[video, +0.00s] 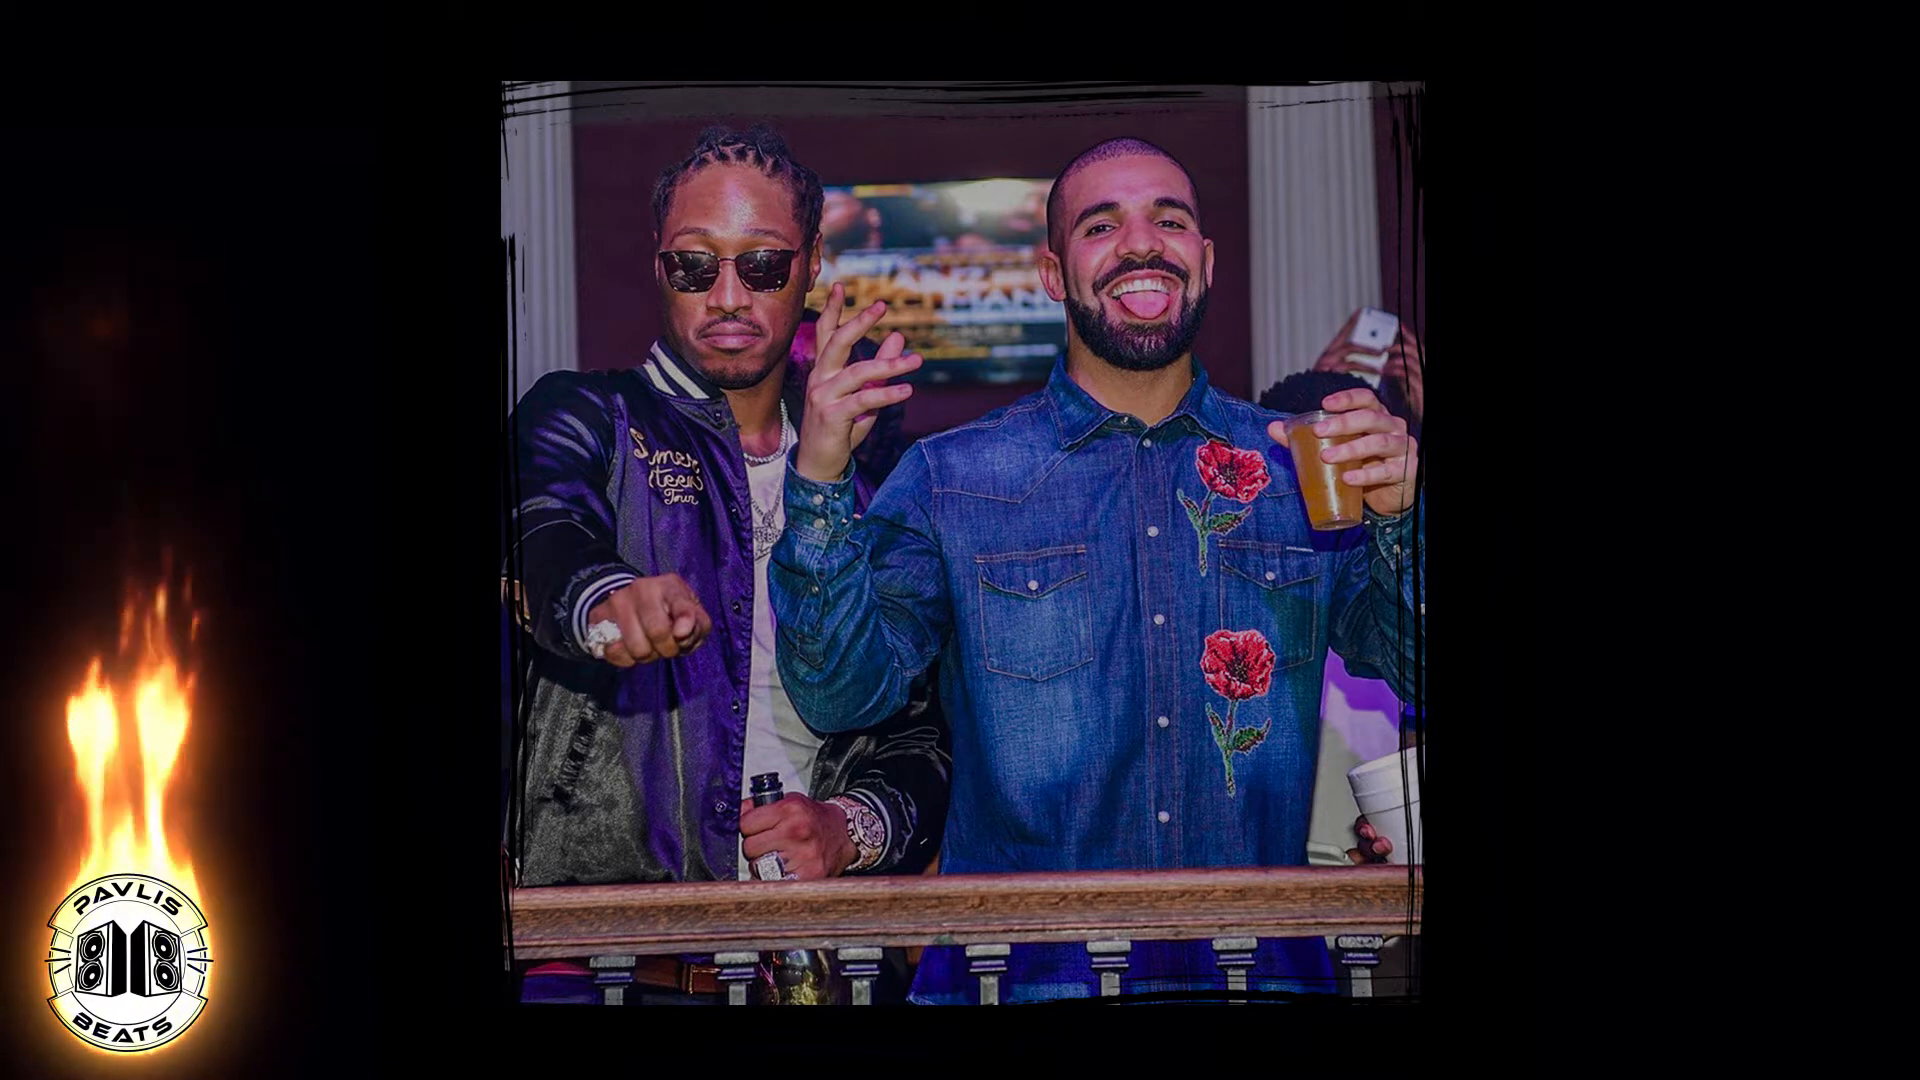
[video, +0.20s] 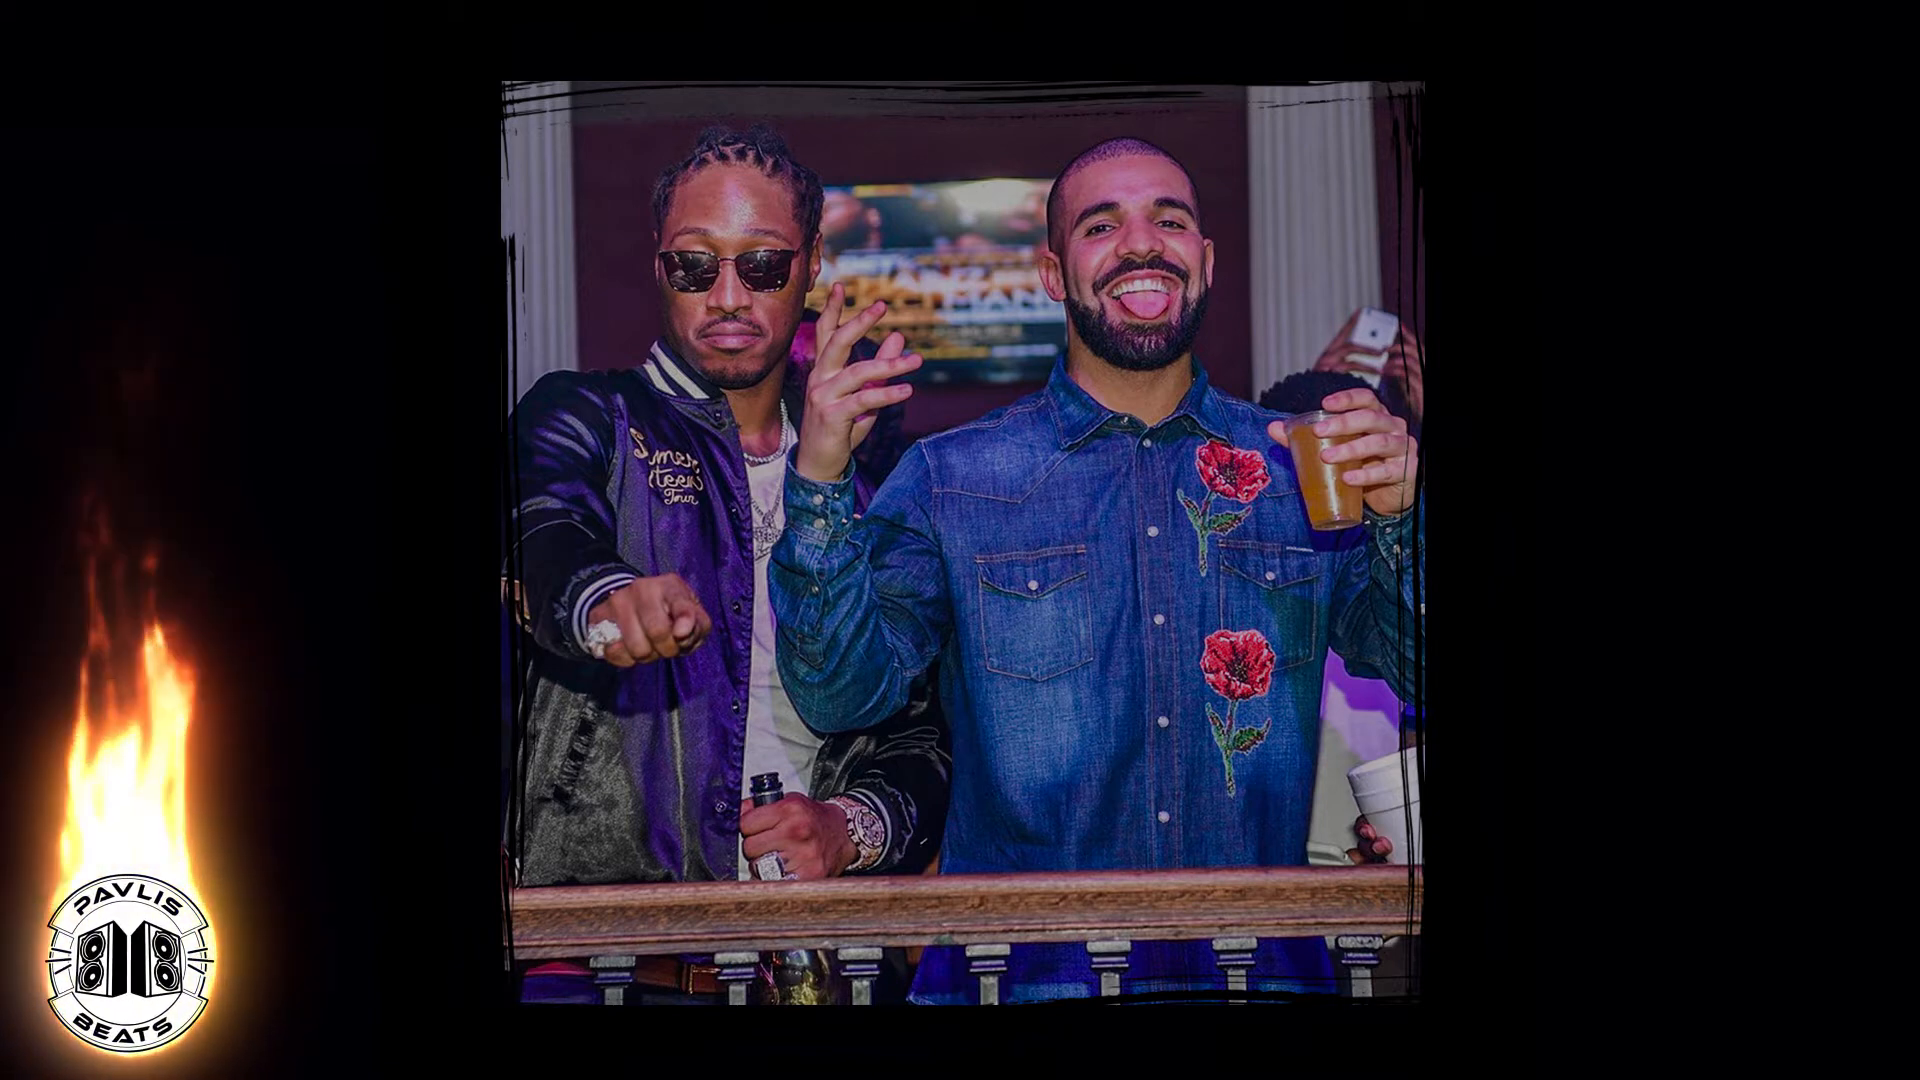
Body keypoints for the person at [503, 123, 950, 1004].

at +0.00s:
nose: (729, 296)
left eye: (763, 266)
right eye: (694, 266)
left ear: (811, 274)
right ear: (658, 272)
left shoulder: (878, 460)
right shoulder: (581, 412)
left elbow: (926, 726)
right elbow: (540, 525)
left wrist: (857, 826)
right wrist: (602, 595)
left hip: (827, 944)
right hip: (605, 943)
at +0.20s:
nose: (729, 296)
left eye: (763, 266)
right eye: (694, 266)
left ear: (811, 274)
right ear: (658, 272)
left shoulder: (878, 460)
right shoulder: (581, 412)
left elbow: (926, 726)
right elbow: (540, 525)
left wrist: (857, 826)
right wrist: (602, 595)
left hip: (827, 944)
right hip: (605, 943)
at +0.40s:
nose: (729, 296)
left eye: (763, 266)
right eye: (694, 266)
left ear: (811, 274)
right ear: (658, 272)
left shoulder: (878, 460)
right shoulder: (581, 412)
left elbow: (926, 725)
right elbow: (540, 525)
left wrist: (857, 826)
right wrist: (602, 595)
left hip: (827, 944)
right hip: (605, 943)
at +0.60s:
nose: (729, 296)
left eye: (763, 266)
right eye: (694, 266)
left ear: (811, 274)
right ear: (658, 272)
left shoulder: (878, 460)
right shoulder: (581, 412)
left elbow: (926, 726)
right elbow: (540, 525)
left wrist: (857, 826)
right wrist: (602, 595)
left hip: (827, 944)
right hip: (605, 943)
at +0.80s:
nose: (729, 296)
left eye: (763, 266)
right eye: (694, 266)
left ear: (811, 274)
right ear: (658, 272)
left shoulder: (878, 460)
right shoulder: (581, 412)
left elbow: (926, 726)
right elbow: (540, 525)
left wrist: (857, 826)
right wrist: (602, 595)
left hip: (827, 944)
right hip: (605, 943)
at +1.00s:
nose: (729, 296)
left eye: (763, 266)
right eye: (694, 266)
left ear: (811, 274)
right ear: (658, 272)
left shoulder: (878, 460)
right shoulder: (581, 412)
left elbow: (926, 725)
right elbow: (540, 525)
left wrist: (857, 826)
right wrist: (602, 595)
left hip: (827, 944)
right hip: (605, 943)